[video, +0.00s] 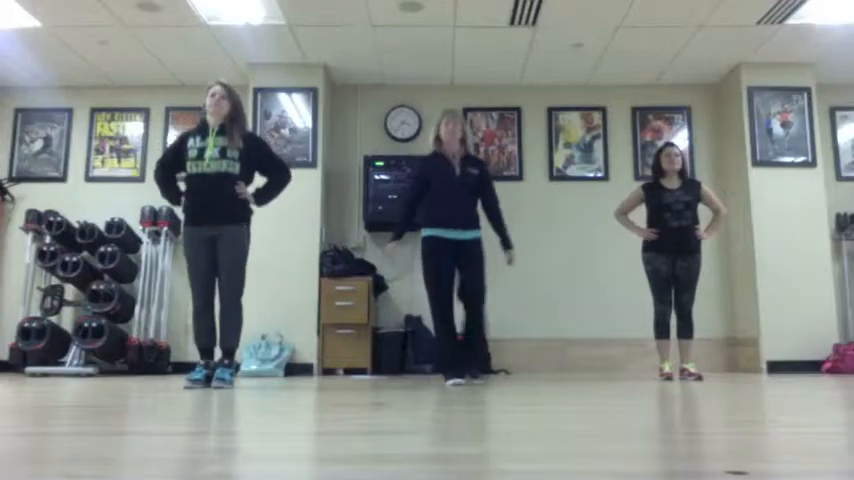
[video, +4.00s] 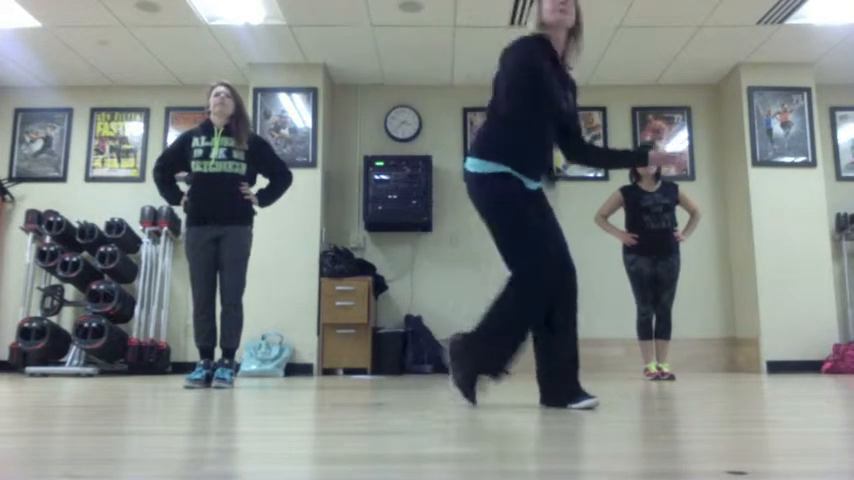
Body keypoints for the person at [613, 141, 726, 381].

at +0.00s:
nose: (673, 159)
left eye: (676, 155)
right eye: (667, 156)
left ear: (682, 160)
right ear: (659, 161)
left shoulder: (694, 187)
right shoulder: (649, 189)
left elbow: (721, 210)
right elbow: (620, 213)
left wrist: (707, 233)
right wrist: (640, 231)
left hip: (688, 253)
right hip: (658, 253)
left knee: (684, 308)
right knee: (663, 308)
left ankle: (686, 363)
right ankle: (665, 363)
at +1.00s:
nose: (672, 161)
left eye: (675, 157)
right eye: (666, 158)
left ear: (682, 160)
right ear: (659, 163)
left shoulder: (696, 187)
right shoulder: (651, 190)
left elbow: (721, 210)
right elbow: (622, 214)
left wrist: (709, 232)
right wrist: (643, 232)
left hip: (690, 253)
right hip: (660, 254)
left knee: (686, 309)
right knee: (664, 308)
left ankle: (687, 363)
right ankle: (665, 363)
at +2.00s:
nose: (660, 163)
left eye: (663, 158)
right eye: (655, 159)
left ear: (670, 162)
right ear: (648, 164)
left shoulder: (682, 189)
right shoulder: (638, 189)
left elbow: (706, 213)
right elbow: (607, 211)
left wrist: (693, 234)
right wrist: (627, 232)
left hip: (676, 253)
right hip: (645, 254)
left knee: (678, 307)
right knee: (649, 308)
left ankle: (685, 364)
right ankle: (650, 364)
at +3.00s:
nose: (642, 164)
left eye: (646, 160)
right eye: (638, 161)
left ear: (654, 163)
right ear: (631, 166)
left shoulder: (667, 191)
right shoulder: (624, 193)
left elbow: (692, 213)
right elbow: (595, 217)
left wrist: (680, 235)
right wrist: (617, 235)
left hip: (665, 253)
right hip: (636, 255)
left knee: (663, 307)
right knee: (642, 309)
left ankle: (662, 362)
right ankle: (648, 363)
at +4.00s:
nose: (648, 164)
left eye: (651, 160)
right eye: (643, 161)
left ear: (658, 163)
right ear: (636, 167)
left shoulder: (670, 190)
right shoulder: (627, 192)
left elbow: (695, 212)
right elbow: (600, 217)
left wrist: (684, 233)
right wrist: (620, 234)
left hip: (667, 252)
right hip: (639, 253)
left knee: (664, 308)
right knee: (645, 309)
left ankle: (662, 363)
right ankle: (649, 364)